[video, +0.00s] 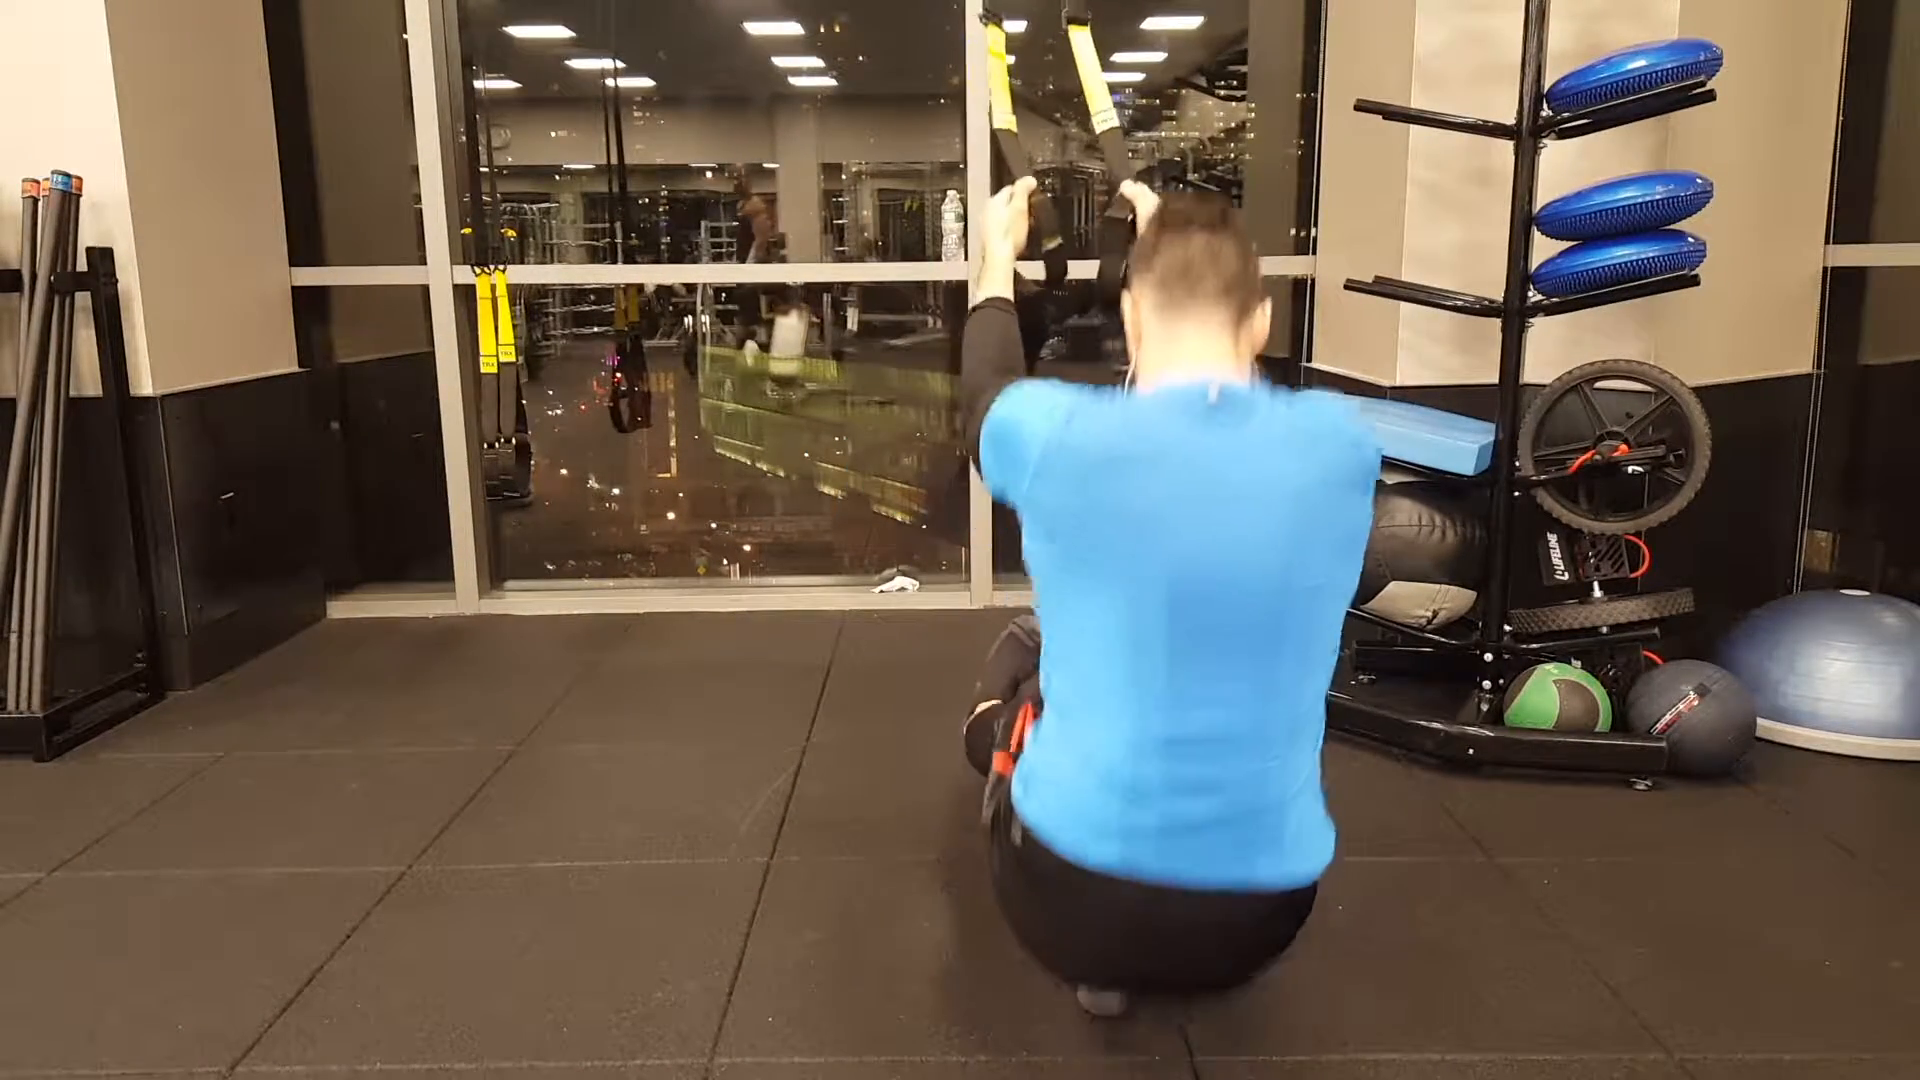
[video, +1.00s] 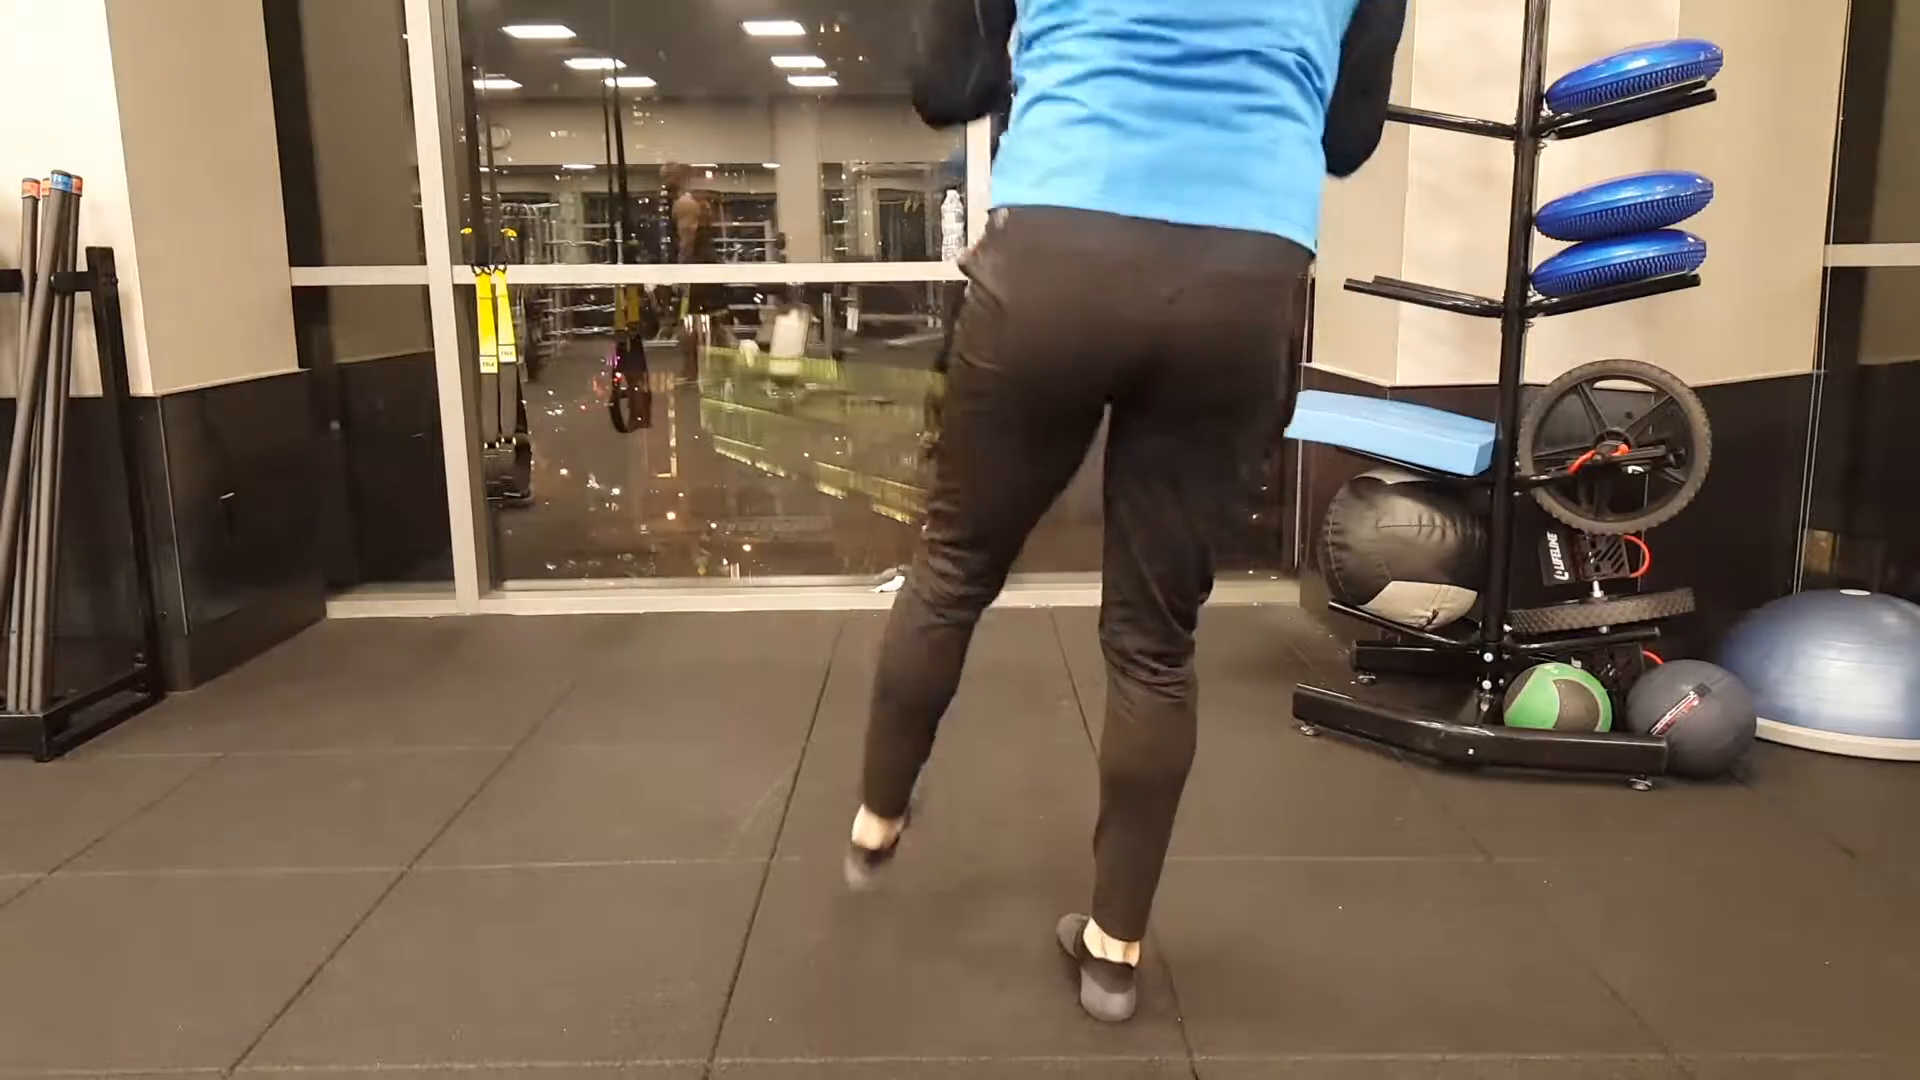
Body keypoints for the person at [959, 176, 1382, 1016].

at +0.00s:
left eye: (1132, 308)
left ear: (1130, 319)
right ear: (1262, 327)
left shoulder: (1056, 441)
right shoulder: (1343, 447)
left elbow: (992, 386)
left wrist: (996, 259)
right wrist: (1173, 248)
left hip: (1082, 919)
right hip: (1256, 923)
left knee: (1024, 648)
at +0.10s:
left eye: (1134, 247)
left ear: (1137, 253)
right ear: (1267, 258)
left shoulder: (1057, 366)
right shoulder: (1354, 379)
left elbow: (985, 357)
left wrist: (992, 254)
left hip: (1086, 843)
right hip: (1262, 859)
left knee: (1029, 646)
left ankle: (1106, 936)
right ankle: (1117, 930)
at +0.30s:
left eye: (1150, 110)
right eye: (1277, 115)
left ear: (1146, 117)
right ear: (1275, 120)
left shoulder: (1058, 218)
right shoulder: (1361, 234)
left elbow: (982, 353)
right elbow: (1331, 386)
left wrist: (1024, 209)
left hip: (1082, 681)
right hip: (1262, 707)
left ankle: (983, 693)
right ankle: (1111, 940)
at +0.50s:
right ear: (1279, 1)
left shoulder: (1050, 78)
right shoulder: (1361, 94)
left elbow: (984, 290)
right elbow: (1329, 286)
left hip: (1082, 522)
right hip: (1273, 546)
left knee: (998, 626)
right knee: (1152, 662)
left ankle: (945, 719)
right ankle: (1111, 943)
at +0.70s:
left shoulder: (1031, 5)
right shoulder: (1372, 14)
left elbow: (973, 217)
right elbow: (1332, 220)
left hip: (1087, 376)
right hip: (1279, 395)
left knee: (989, 578)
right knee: (1152, 642)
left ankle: (921, 732)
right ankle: (1113, 946)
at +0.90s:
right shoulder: (1369, 5)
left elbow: (957, 128)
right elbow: (1346, 165)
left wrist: (1044, 81)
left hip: (1072, 275)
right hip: (1262, 297)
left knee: (959, 566)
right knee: (1153, 636)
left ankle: (888, 780)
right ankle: (1114, 949)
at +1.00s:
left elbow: (944, 91)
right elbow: (1346, 139)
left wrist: (1048, 38)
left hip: (1056, 250)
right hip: (1248, 272)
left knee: (952, 570)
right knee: (1156, 637)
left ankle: (876, 821)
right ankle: (1116, 952)